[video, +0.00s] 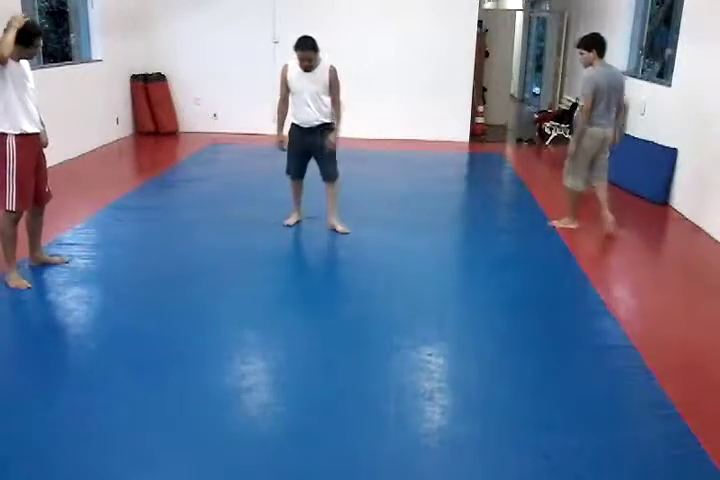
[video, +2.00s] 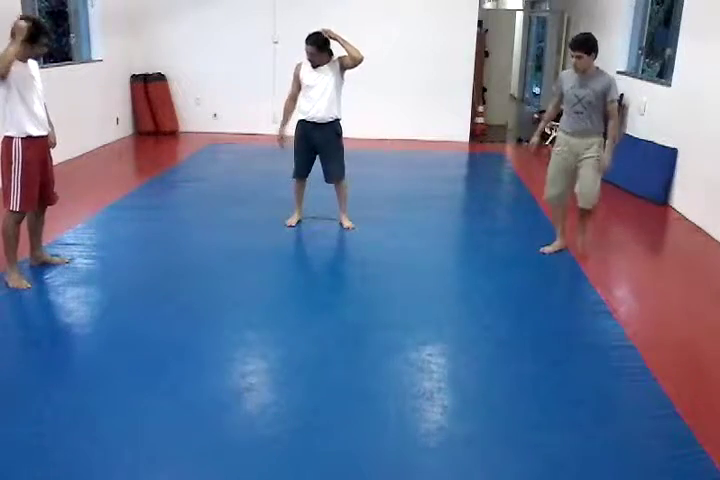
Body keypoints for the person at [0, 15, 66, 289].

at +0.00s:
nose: (29, 58)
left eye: (32, 54)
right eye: (27, 53)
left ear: (30, 48)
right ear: (16, 44)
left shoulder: (23, 63)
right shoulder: (3, 63)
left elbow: (28, 99)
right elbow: (4, 55)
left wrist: (41, 128)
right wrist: (12, 27)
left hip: (32, 135)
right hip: (11, 136)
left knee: (38, 200)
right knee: (12, 208)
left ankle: (37, 253)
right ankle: (10, 268)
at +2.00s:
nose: (37, 56)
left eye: (40, 53)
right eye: (36, 51)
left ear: (38, 47)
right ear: (23, 42)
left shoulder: (31, 63)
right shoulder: (6, 63)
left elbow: (39, 99)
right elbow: (3, 73)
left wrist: (49, 129)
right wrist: (15, 42)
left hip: (39, 137)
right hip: (16, 139)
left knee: (40, 202)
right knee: (16, 208)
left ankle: (37, 252)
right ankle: (11, 268)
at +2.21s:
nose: (46, 48)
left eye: (46, 42)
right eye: (42, 42)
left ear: (27, 42)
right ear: (24, 41)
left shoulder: (32, 67)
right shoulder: (6, 64)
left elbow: (37, 101)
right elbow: (6, 79)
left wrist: (49, 130)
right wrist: (35, 77)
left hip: (38, 138)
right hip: (15, 140)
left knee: (39, 202)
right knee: (16, 208)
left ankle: (37, 252)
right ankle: (11, 268)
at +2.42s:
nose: (46, 46)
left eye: (46, 41)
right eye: (43, 41)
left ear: (28, 42)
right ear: (25, 41)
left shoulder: (32, 63)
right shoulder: (5, 67)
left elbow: (38, 100)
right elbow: (0, 102)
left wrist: (49, 129)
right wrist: (6, 109)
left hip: (39, 139)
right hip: (15, 142)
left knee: (40, 202)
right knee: (17, 209)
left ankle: (37, 253)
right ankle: (11, 268)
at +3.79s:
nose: (49, 44)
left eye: (48, 38)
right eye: (46, 38)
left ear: (29, 40)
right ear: (32, 40)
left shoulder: (29, 67)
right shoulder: (12, 68)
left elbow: (28, 105)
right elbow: (8, 106)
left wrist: (42, 133)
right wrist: (34, 135)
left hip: (41, 142)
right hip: (25, 144)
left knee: (50, 199)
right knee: (26, 208)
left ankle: (44, 249)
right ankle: (14, 267)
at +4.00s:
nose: (51, 46)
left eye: (52, 41)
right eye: (51, 40)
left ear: (29, 37)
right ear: (42, 39)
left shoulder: (17, 61)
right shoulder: (26, 65)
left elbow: (9, 93)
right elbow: (30, 102)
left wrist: (35, 118)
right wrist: (49, 130)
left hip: (27, 136)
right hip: (36, 138)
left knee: (41, 198)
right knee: (59, 198)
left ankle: (42, 249)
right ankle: (36, 252)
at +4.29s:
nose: (61, 47)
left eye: (62, 42)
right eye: (61, 42)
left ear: (37, 37)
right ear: (55, 40)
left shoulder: (20, 62)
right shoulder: (48, 63)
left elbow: (2, 93)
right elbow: (61, 97)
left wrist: (20, 118)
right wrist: (67, 123)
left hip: (26, 136)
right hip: (49, 136)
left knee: (40, 193)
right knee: (76, 184)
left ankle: (41, 250)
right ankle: (72, 240)